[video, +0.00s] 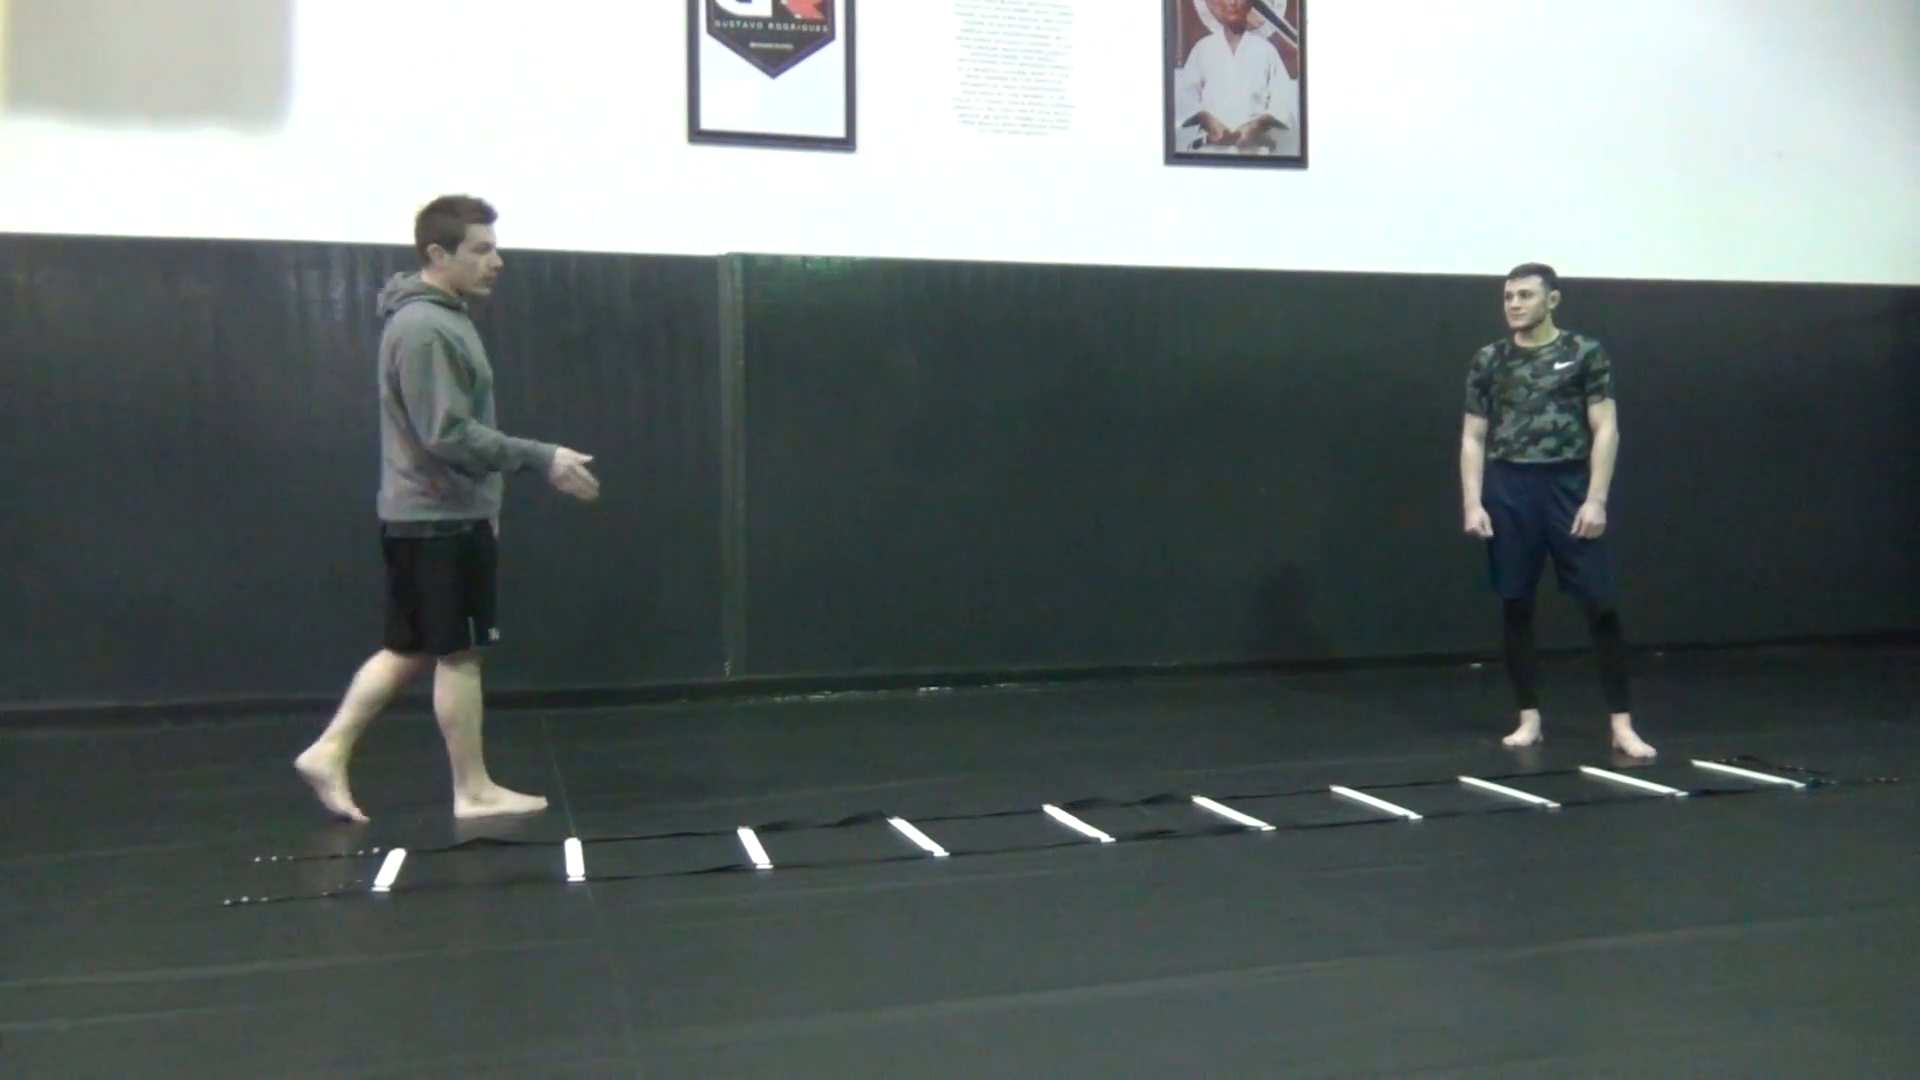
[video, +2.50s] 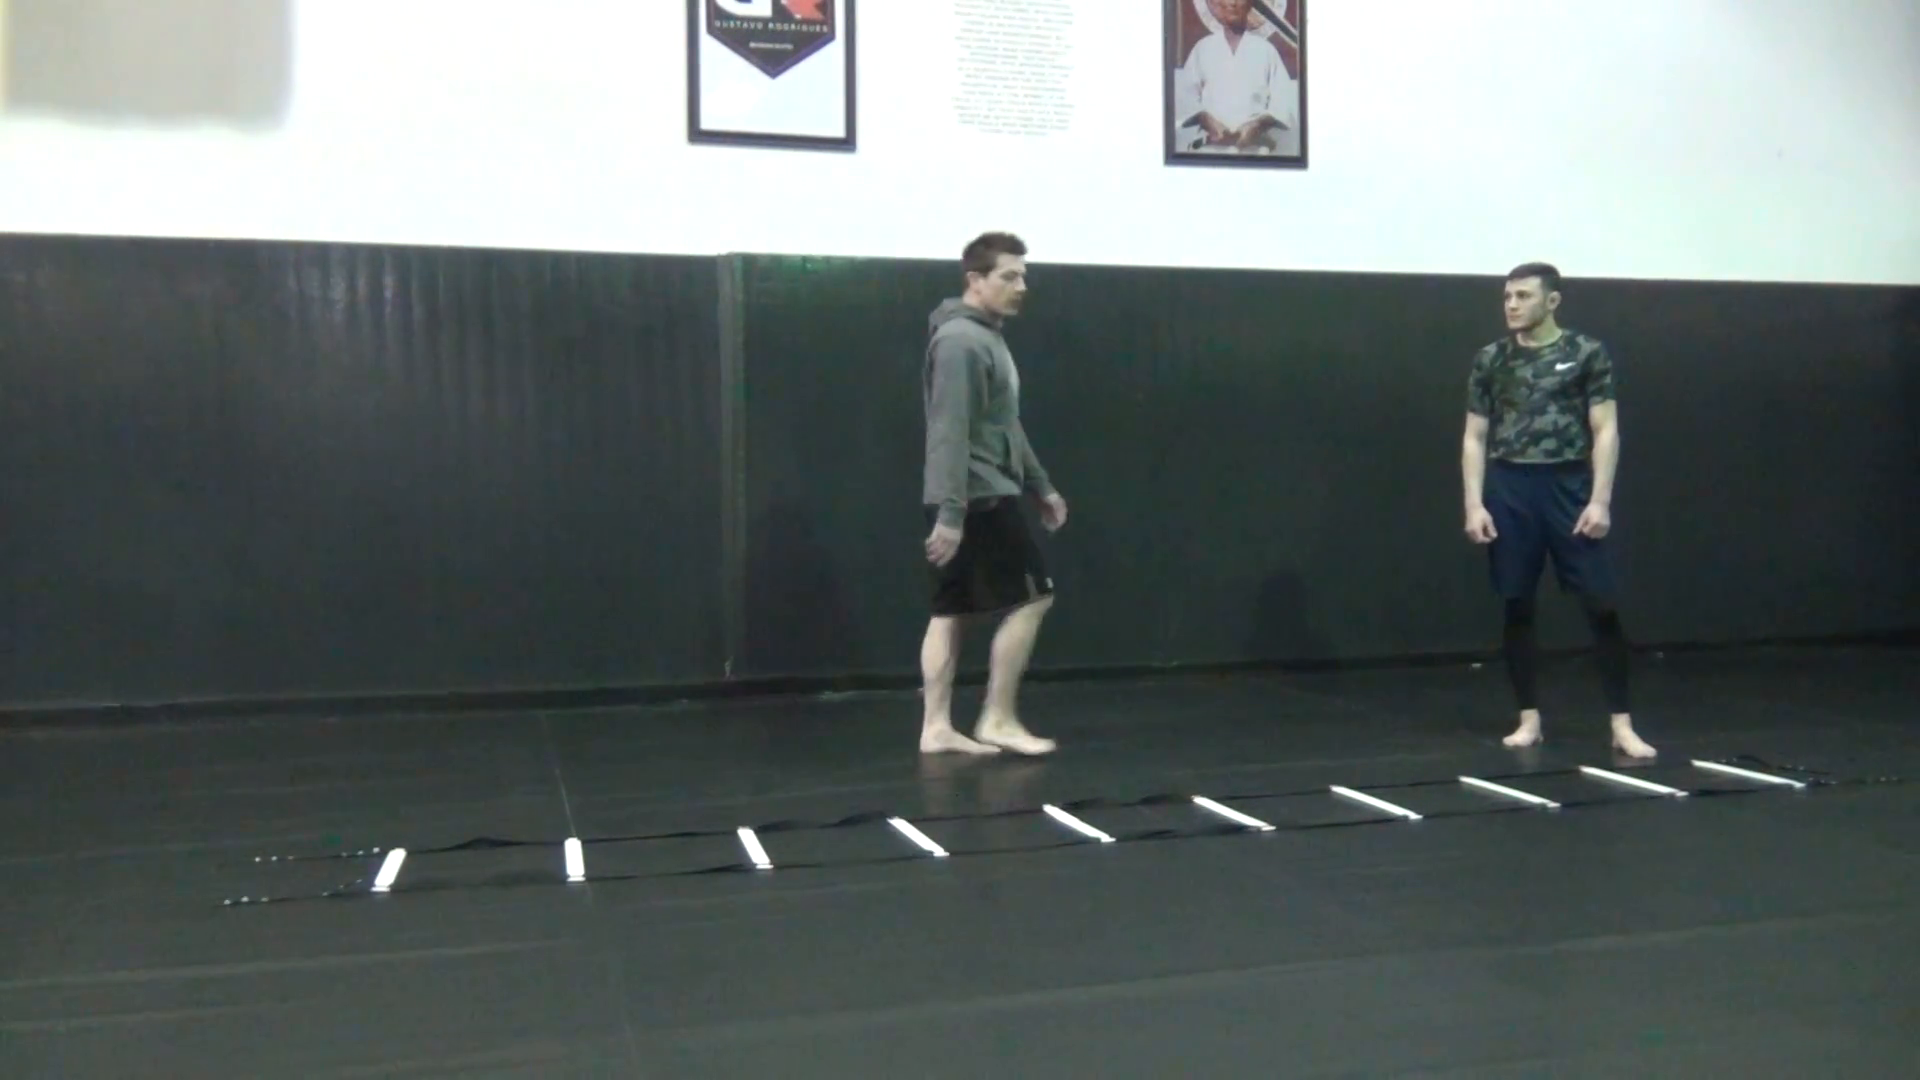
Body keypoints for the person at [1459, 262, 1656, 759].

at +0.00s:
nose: (1514, 304)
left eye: (1525, 296)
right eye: (1509, 297)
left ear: (1552, 300)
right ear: (1504, 304)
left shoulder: (1586, 353)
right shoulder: (1489, 360)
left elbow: (1605, 429)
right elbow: (1473, 437)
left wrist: (1596, 499)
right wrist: (1472, 502)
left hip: (1570, 490)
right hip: (1508, 491)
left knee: (1602, 604)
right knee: (1515, 605)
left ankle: (1621, 724)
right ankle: (1528, 718)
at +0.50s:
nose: (1513, 305)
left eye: (1524, 296)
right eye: (1508, 298)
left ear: (1551, 300)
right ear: (1503, 304)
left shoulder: (1586, 353)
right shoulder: (1489, 361)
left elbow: (1603, 431)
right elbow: (1474, 437)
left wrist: (1597, 499)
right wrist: (1474, 499)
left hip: (1570, 489)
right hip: (1509, 491)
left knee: (1600, 603)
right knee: (1515, 604)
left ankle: (1620, 723)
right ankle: (1528, 717)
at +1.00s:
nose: (1509, 303)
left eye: (1520, 295)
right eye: (1504, 296)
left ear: (1549, 300)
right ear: (1501, 304)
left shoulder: (1585, 353)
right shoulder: (1488, 360)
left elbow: (1603, 429)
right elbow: (1474, 437)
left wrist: (1600, 499)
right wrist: (1475, 503)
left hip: (1570, 489)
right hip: (1509, 491)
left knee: (1600, 603)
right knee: (1515, 605)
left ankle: (1620, 723)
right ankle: (1528, 718)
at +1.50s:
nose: (1509, 304)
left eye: (1520, 296)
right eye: (1504, 297)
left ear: (1549, 300)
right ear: (1501, 304)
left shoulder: (1585, 353)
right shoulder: (1489, 360)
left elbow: (1602, 429)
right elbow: (1474, 438)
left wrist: (1598, 499)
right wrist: (1473, 505)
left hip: (1569, 490)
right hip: (1508, 491)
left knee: (1601, 604)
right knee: (1515, 606)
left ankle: (1621, 724)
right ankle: (1528, 718)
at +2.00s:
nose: (1510, 305)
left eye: (1521, 296)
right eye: (1505, 297)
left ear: (1550, 301)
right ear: (1502, 304)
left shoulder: (1587, 354)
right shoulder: (1489, 360)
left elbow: (1604, 429)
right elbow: (1472, 436)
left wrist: (1601, 500)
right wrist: (1470, 504)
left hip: (1570, 489)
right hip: (1508, 491)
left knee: (1600, 603)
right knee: (1514, 605)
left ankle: (1621, 723)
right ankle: (1528, 717)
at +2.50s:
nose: (1511, 305)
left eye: (1522, 296)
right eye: (1507, 297)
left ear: (1552, 300)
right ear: (1505, 303)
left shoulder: (1588, 353)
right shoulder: (1490, 359)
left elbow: (1605, 429)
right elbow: (1474, 437)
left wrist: (1601, 500)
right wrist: (1473, 504)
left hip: (1571, 490)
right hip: (1509, 491)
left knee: (1602, 605)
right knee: (1516, 606)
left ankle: (1621, 724)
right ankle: (1528, 718)